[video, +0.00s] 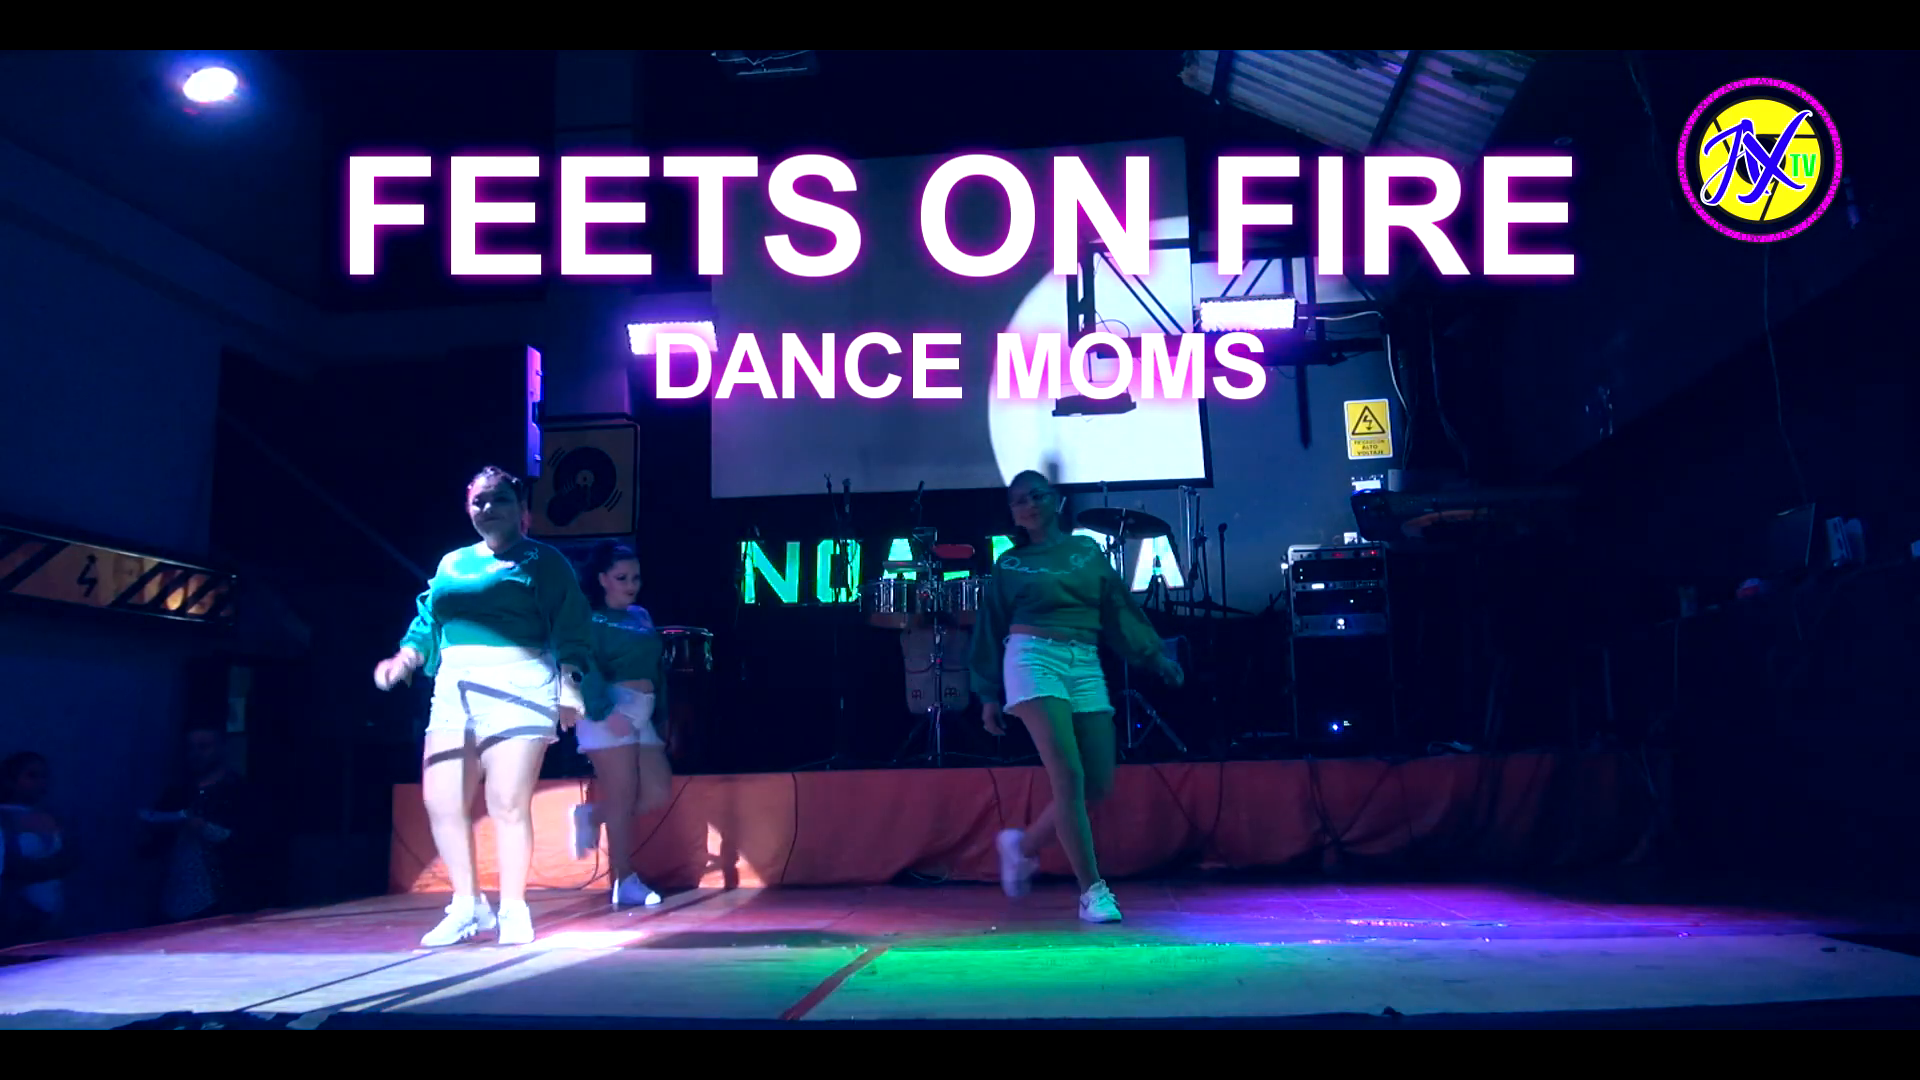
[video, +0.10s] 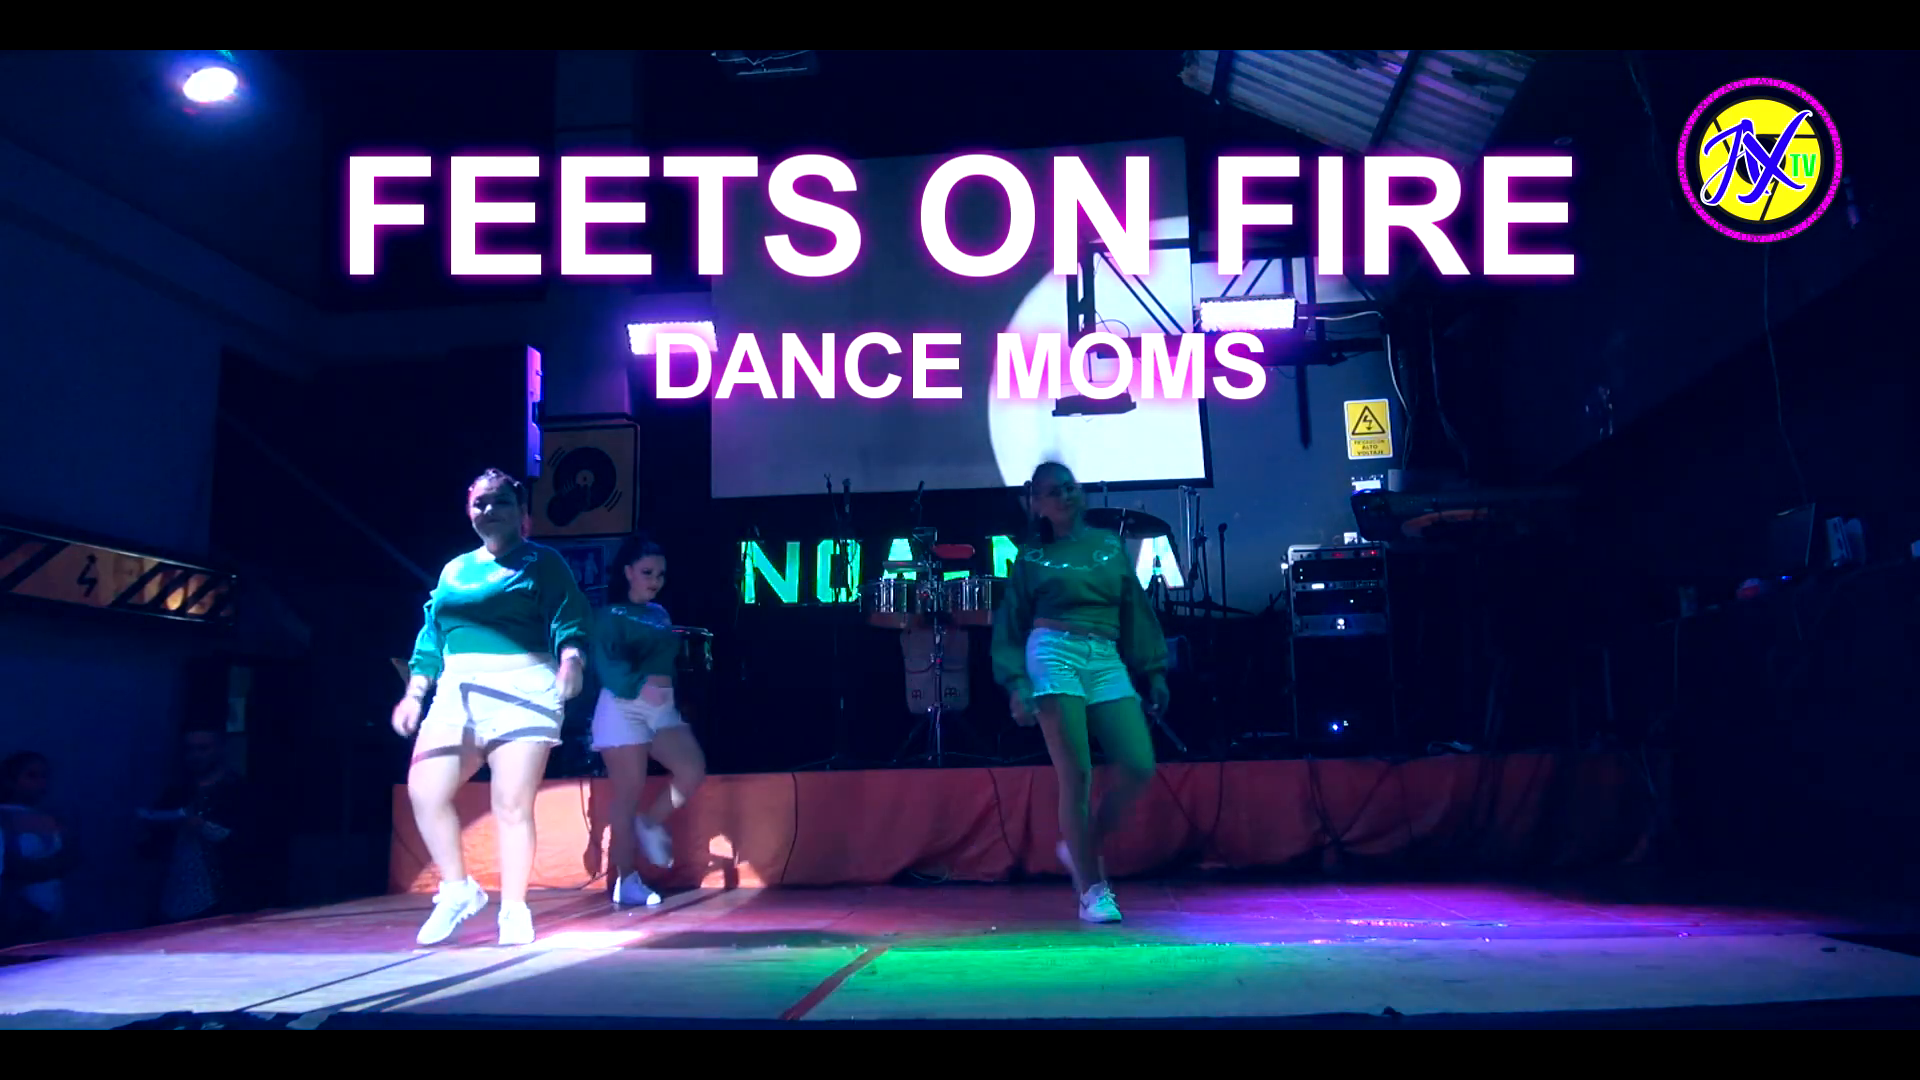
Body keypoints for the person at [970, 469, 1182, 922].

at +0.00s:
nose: (1027, 506)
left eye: (1034, 498)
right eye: (1019, 502)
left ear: (1054, 501)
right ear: (1012, 514)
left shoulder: (1087, 551)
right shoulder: (1010, 565)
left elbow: (1121, 611)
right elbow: (987, 632)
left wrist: (1157, 656)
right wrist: (988, 694)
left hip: (1085, 660)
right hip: (1032, 657)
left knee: (1098, 780)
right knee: (1066, 773)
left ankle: (1022, 844)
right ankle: (1093, 889)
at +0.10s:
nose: (1061, 497)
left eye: (1065, 489)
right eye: (1051, 493)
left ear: (1078, 493)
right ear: (1035, 504)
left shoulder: (1110, 544)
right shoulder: (1032, 556)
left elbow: (1137, 613)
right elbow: (1008, 625)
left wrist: (1153, 672)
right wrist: (1016, 682)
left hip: (1106, 655)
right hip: (1052, 651)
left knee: (1138, 764)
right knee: (1076, 774)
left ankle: (1081, 846)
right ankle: (1092, 890)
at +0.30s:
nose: (1128, 480)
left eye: (1129, 472)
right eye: (1116, 475)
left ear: (1132, 478)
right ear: (1088, 487)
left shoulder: (1149, 534)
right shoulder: (1072, 535)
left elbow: (1160, 600)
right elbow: (1040, 607)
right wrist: (1063, 633)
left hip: (1150, 648)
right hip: (1091, 648)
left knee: (1187, 766)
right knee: (1092, 775)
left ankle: (1221, 885)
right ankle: (1096, 888)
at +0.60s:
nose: (1177, 465)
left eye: (1183, 457)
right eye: (1165, 460)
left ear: (1194, 468)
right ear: (1144, 473)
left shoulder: (1215, 525)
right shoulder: (1132, 529)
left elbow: (1238, 600)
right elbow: (1116, 601)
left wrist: (1254, 665)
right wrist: (1121, 662)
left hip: (1228, 639)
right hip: (1165, 646)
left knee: (1247, 761)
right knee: (1196, 766)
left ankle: (1234, 895)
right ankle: (1147, 859)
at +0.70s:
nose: (1180, 455)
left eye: (1188, 446)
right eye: (1170, 449)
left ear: (1208, 455)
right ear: (1158, 462)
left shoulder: (1238, 513)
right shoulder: (1145, 522)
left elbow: (1273, 587)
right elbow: (1130, 602)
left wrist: (1296, 647)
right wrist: (1135, 670)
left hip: (1245, 631)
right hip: (1180, 637)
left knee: (1249, 765)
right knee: (1213, 756)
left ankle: (1238, 890)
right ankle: (1214, 889)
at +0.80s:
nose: (1189, 444)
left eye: (1198, 436)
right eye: (1180, 439)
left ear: (1219, 448)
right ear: (1170, 455)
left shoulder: (1255, 500)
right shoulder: (1158, 515)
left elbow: (1303, 566)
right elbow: (1140, 599)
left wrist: (1331, 625)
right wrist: (1147, 675)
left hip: (1257, 632)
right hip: (1191, 635)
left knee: (1246, 771)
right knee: (1226, 763)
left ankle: (1232, 896)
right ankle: (1263, 898)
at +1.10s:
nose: (1211, 438)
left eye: (1222, 428)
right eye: (1205, 432)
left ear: (1248, 436)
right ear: (1202, 444)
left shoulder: (1296, 491)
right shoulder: (1197, 508)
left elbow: (1350, 557)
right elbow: (1176, 593)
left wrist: (1374, 616)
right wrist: (1176, 666)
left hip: (1284, 630)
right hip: (1215, 628)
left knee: (1311, 769)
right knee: (1240, 767)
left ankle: (1255, 855)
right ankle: (1273, 905)